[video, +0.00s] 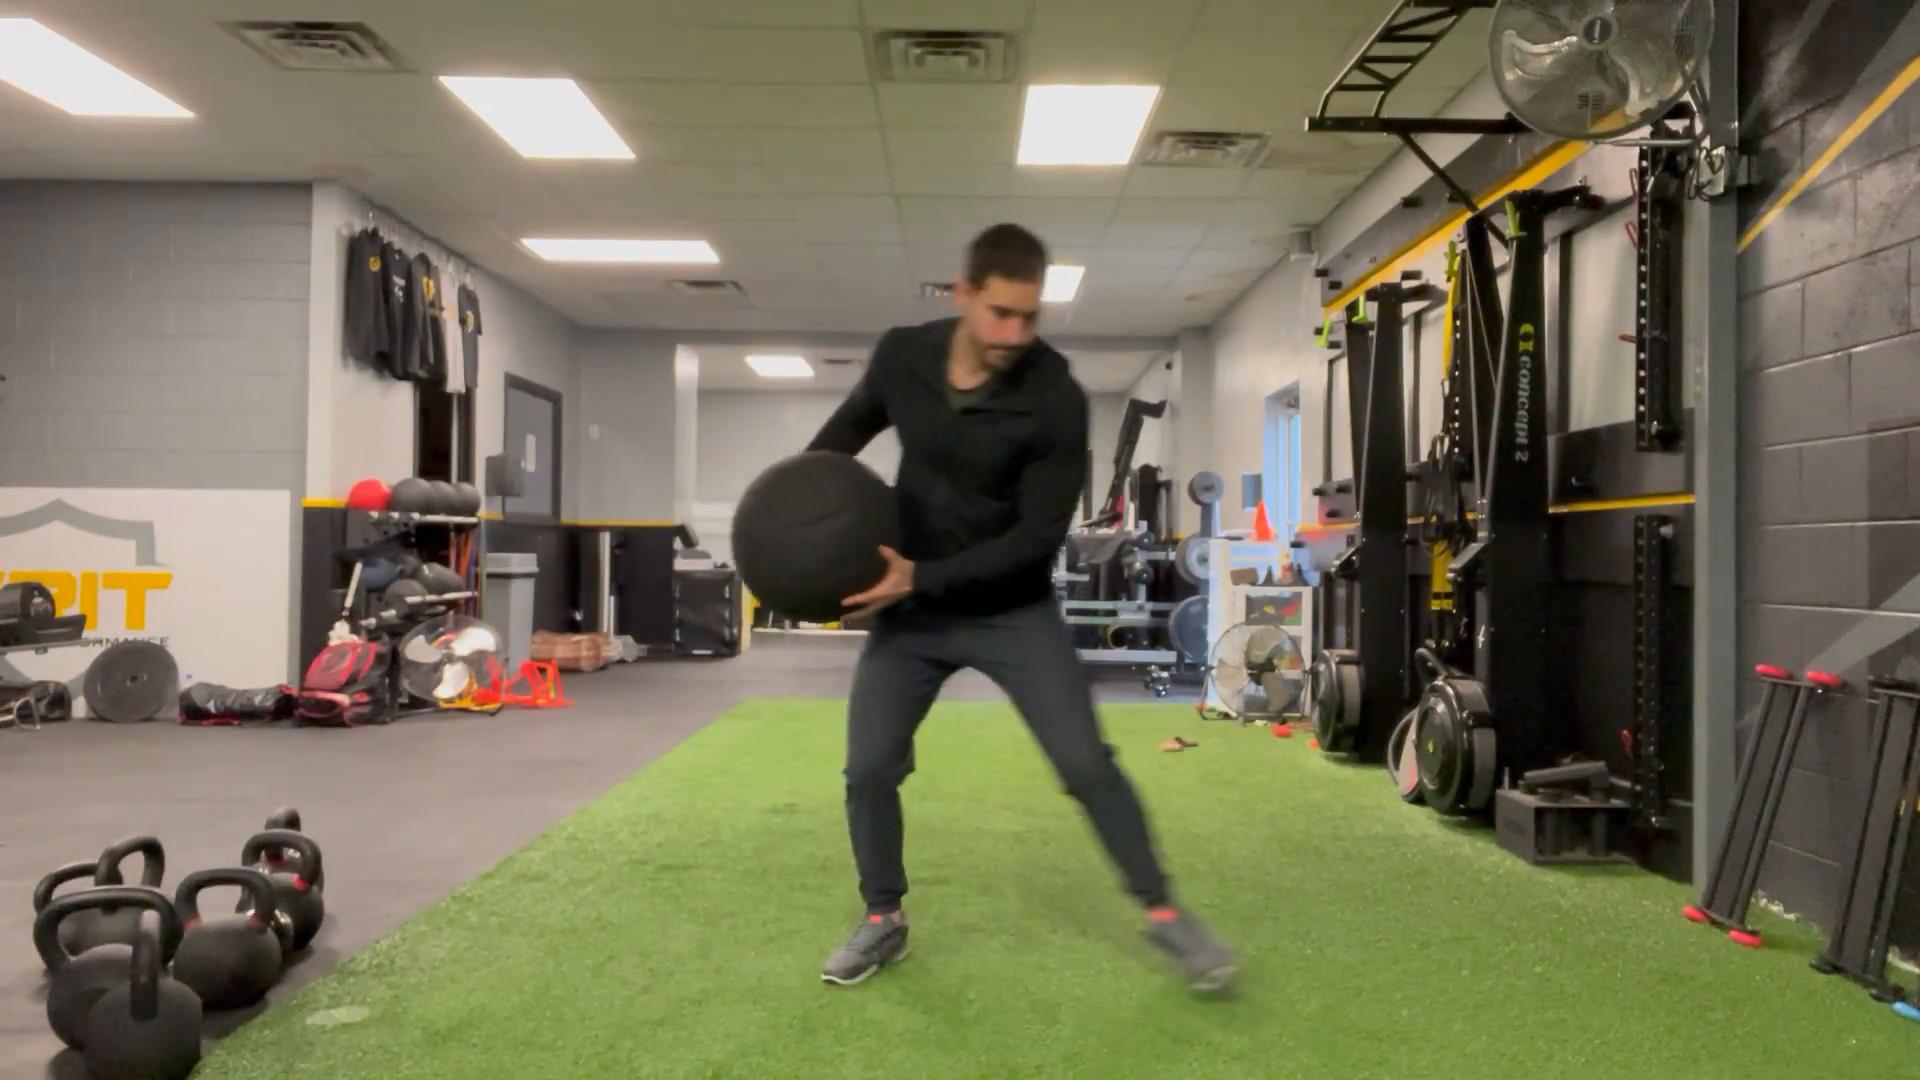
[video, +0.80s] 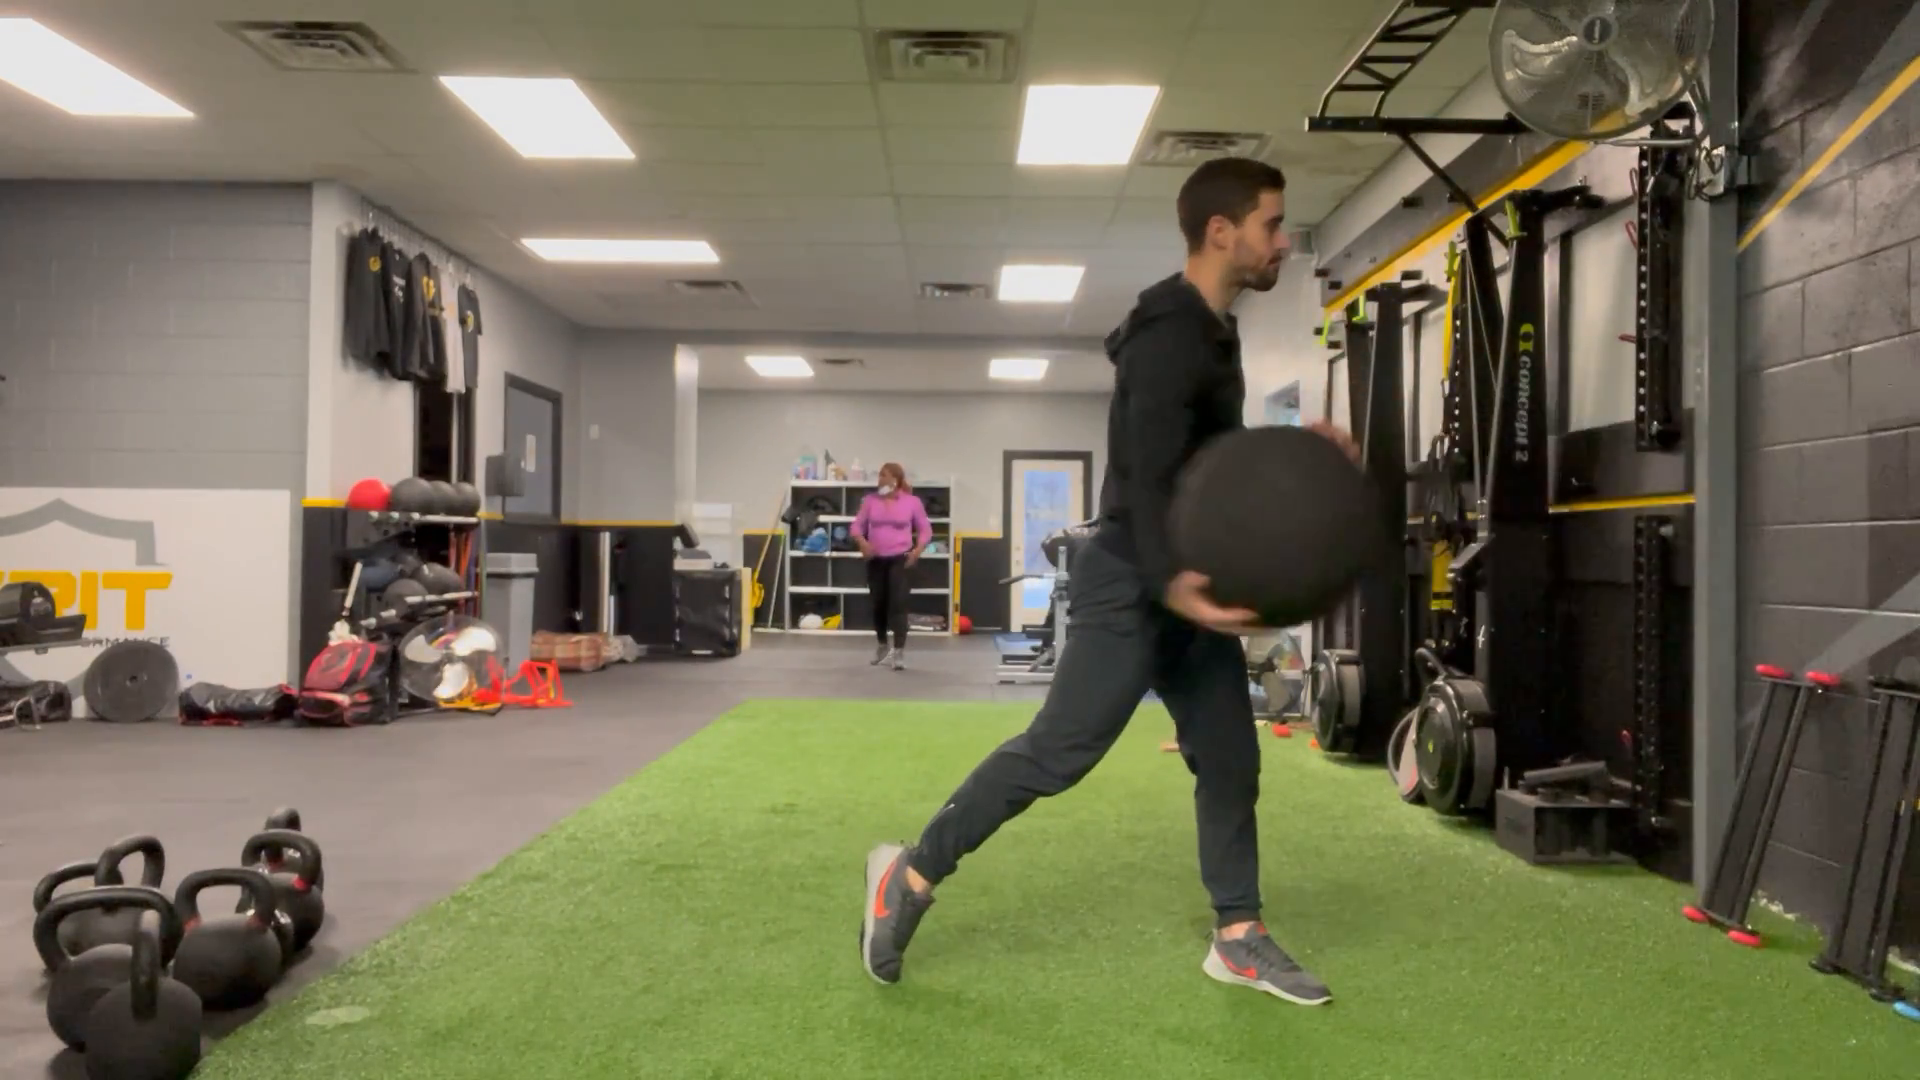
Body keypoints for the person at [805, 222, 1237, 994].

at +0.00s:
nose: (1015, 332)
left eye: (1028, 316)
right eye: (1000, 313)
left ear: (1041, 308)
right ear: (961, 294)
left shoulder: (1057, 400)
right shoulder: (903, 356)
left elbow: (1037, 542)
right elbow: (840, 441)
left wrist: (920, 577)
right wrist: (793, 515)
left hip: (1018, 613)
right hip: (913, 611)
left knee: (1084, 763)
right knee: (869, 764)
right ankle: (883, 917)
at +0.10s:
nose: (1108, 324)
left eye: (1121, 307)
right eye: (1094, 303)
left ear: (1131, 305)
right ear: (1055, 289)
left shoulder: (1135, 404)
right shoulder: (977, 352)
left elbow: (1091, 541)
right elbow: (892, 410)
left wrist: (976, 577)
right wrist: (829, 485)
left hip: (1079, 616)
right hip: (971, 614)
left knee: (1164, 763)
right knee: (930, 780)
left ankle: (1229, 927)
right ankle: (878, 914)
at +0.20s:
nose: (1211, 292)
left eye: (1220, 277)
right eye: (1196, 273)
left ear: (1222, 282)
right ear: (1148, 269)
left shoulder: (1214, 385)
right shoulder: (1067, 343)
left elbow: (1179, 504)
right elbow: (960, 412)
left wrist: (1101, 578)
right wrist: (932, 500)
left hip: (1136, 609)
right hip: (1041, 606)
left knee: (1207, 768)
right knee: (1011, 794)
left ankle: (1242, 935)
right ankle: (866, 885)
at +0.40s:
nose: (1278, 269)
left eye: (1284, 252)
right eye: (1271, 249)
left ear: (1218, 246)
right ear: (1218, 241)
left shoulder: (1184, 315)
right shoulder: (1187, 317)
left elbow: (1265, 418)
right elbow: (1300, 427)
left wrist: (1332, 364)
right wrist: (1358, 357)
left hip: (1166, 591)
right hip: (1118, 584)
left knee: (1206, 769)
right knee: (1048, 763)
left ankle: (1238, 932)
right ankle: (896, 868)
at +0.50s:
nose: (1295, 252)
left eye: (1297, 237)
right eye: (1287, 236)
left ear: (1227, 235)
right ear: (1236, 233)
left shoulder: (1179, 307)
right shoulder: (1223, 326)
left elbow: (1223, 414)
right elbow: (1288, 463)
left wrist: (1294, 336)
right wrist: (1371, 452)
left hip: (1168, 577)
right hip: (1143, 575)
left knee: (1211, 759)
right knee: (1079, 758)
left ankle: (1237, 931)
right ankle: (922, 872)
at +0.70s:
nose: (1294, 237)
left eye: (1293, 221)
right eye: (1283, 221)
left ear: (1230, 230)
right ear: (1231, 226)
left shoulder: (1198, 316)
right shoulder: (1202, 323)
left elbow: (1209, 441)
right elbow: (1236, 478)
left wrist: (1289, 405)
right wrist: (1316, 571)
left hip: (1187, 583)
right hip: (1143, 575)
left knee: (1223, 758)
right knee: (1072, 753)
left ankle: (1237, 933)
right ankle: (924, 876)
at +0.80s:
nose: (1285, 241)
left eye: (1283, 225)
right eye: (1272, 225)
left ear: (1223, 233)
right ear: (1220, 231)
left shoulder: (1214, 329)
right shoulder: (1171, 329)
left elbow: (1210, 460)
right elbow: (1143, 470)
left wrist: (1293, 449)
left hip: (1187, 575)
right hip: (1127, 572)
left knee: (1227, 753)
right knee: (1058, 751)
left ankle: (1238, 932)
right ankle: (911, 875)